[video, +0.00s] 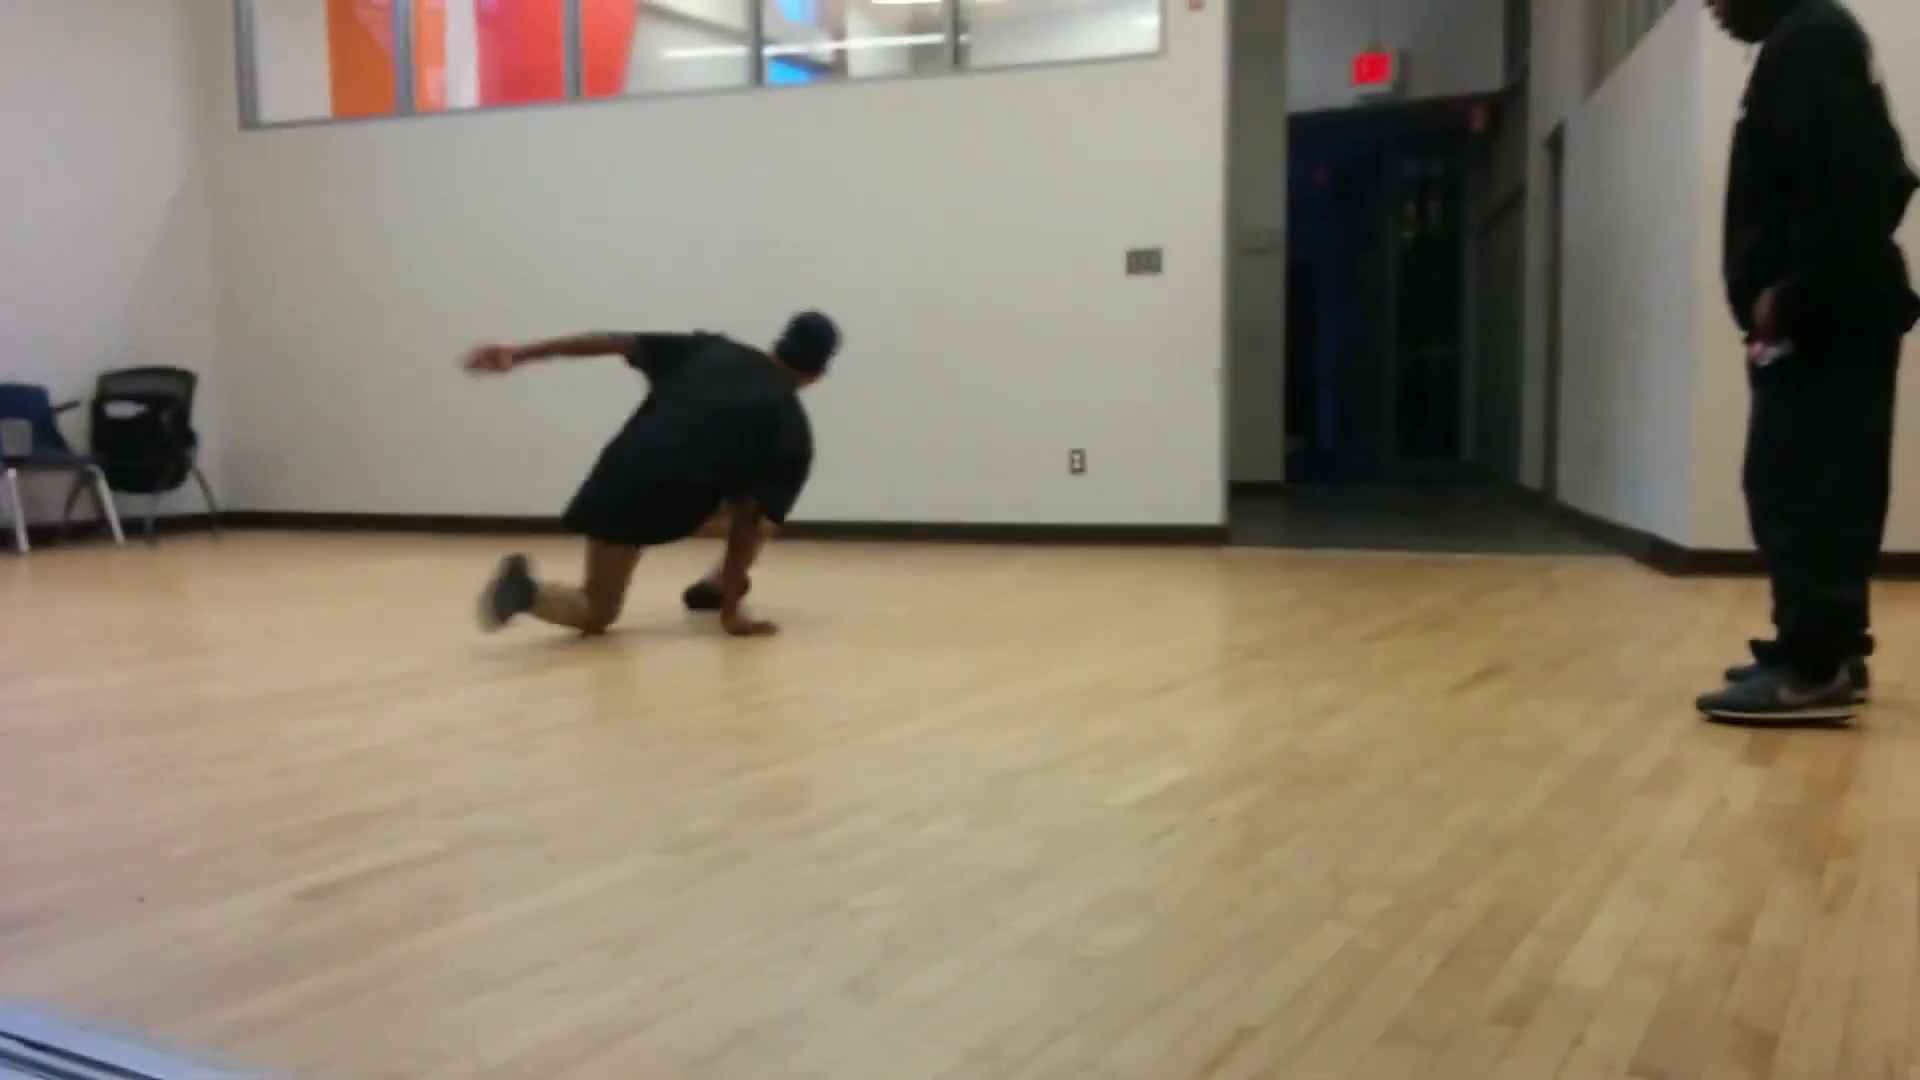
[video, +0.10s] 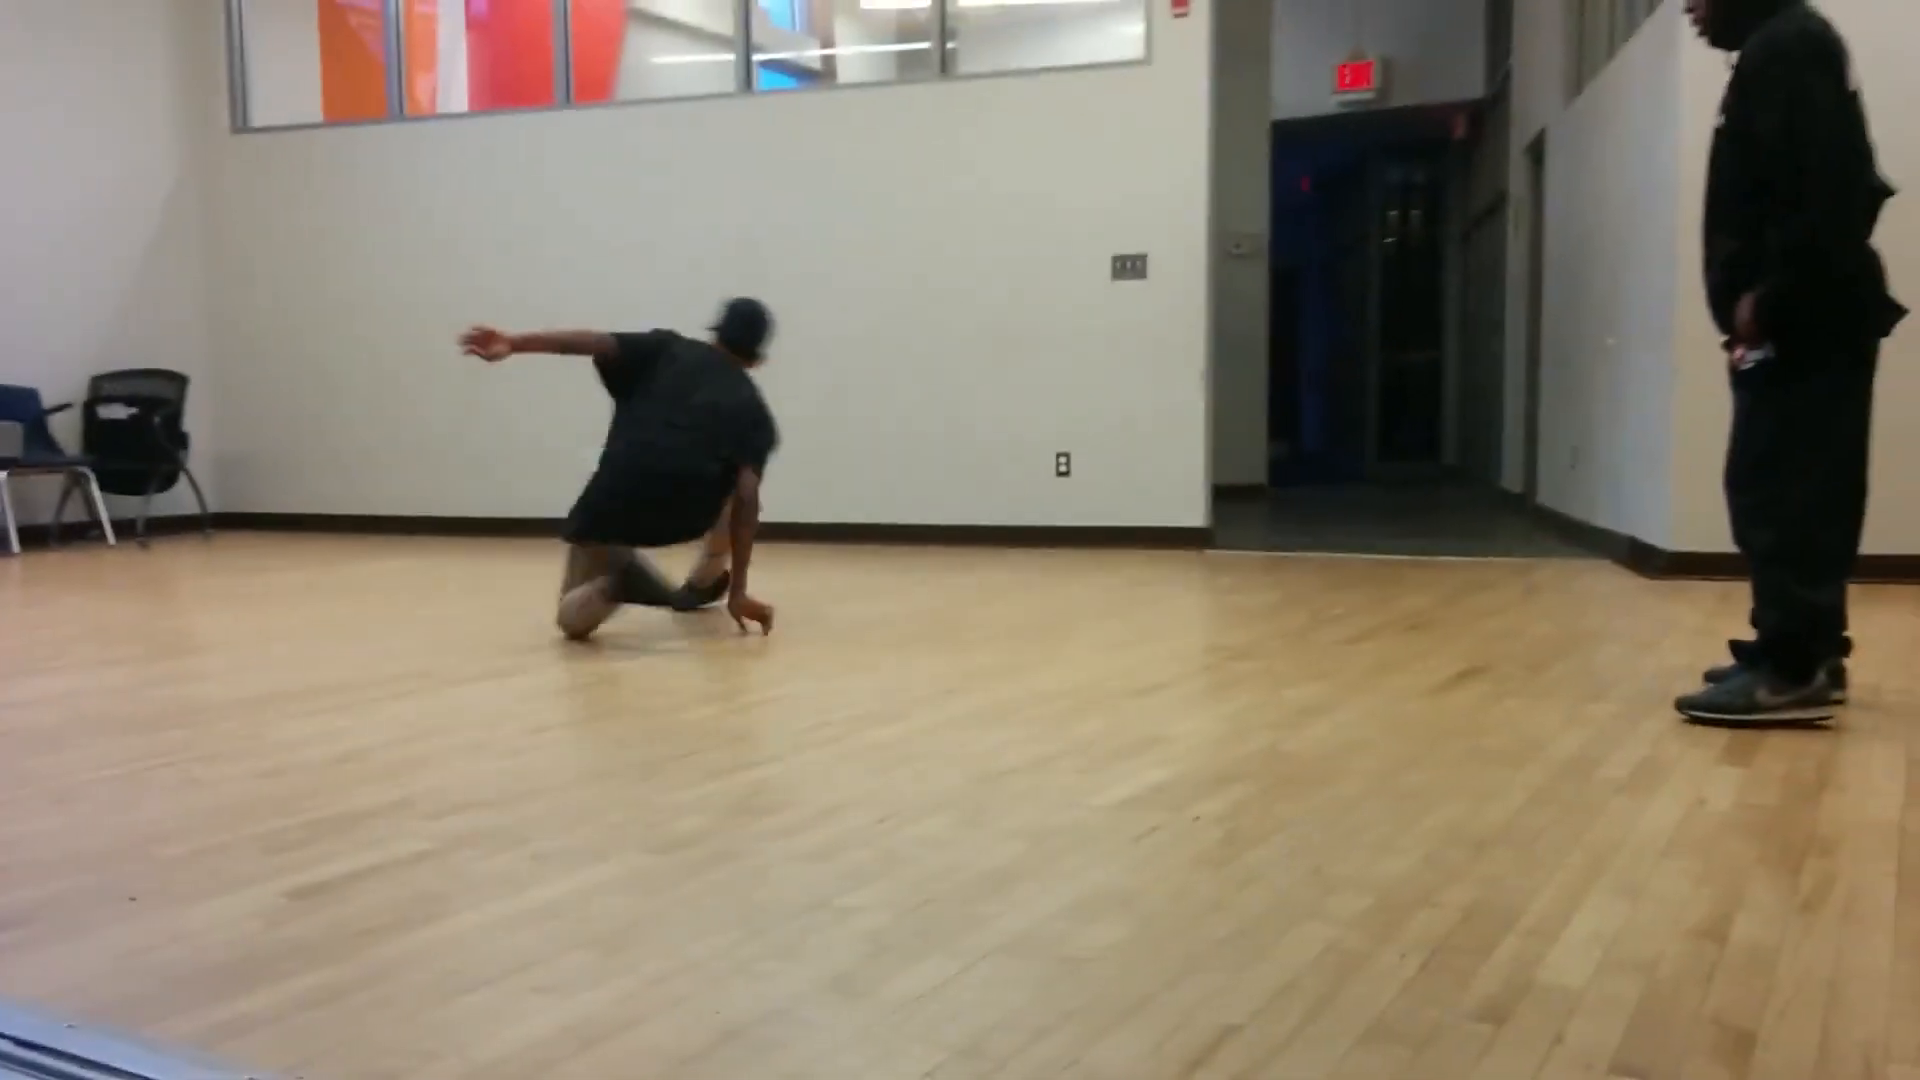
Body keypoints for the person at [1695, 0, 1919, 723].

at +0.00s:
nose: (1713, 9)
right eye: (1710, 1)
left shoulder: (1809, 44)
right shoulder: (1809, 38)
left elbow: (1870, 184)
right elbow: (1867, 183)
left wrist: (1787, 295)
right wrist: (1777, 293)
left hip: (1829, 322)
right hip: (1826, 318)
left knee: (1795, 483)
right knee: (1817, 482)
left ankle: (1813, 667)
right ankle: (1823, 651)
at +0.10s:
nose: (1691, 14)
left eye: (1697, 1)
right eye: (1689, 5)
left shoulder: (1785, 50)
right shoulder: (1790, 43)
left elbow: (1834, 191)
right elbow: (1840, 189)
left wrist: (1765, 298)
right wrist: (1757, 301)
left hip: (1808, 324)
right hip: (1809, 319)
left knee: (1776, 483)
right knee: (1796, 483)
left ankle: (1794, 668)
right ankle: (1801, 652)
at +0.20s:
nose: (1672, 17)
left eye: (1680, 4)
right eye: (1672, 7)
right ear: (1726, 3)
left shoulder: (1766, 57)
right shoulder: (1770, 51)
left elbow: (1792, 202)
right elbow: (1797, 201)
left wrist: (1744, 305)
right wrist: (1734, 308)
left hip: (1787, 331)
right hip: (1790, 326)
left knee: (1755, 490)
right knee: (1778, 489)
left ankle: (1773, 672)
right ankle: (1782, 658)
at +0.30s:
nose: (1661, 19)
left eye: (1670, 4)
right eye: (1661, 7)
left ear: (1715, 0)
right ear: (1720, 5)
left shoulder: (1757, 62)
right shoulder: (1759, 58)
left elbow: (1779, 207)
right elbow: (1784, 208)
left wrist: (1733, 310)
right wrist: (1722, 311)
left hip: (1776, 336)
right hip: (1777, 331)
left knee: (1747, 499)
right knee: (1766, 497)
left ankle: (1764, 682)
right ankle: (1772, 666)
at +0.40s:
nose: (1656, 23)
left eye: (1666, 5)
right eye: (1655, 9)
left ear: (1717, 3)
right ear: (1721, 6)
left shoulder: (1756, 68)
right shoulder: (1749, 65)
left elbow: (1781, 216)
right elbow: (1753, 215)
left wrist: (1730, 319)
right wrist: (1709, 329)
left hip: (1773, 347)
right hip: (1763, 343)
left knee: (1745, 508)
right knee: (1758, 505)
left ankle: (1762, 691)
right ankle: (1766, 672)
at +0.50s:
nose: (1650, 26)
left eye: (1659, 7)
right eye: (1650, 11)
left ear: (1712, 3)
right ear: (1715, 8)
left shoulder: (1754, 70)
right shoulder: (1744, 68)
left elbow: (1788, 221)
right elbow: (1756, 220)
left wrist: (1728, 321)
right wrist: (1701, 328)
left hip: (1766, 353)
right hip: (1752, 350)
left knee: (1744, 515)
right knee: (1749, 512)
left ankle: (1755, 698)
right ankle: (1760, 678)